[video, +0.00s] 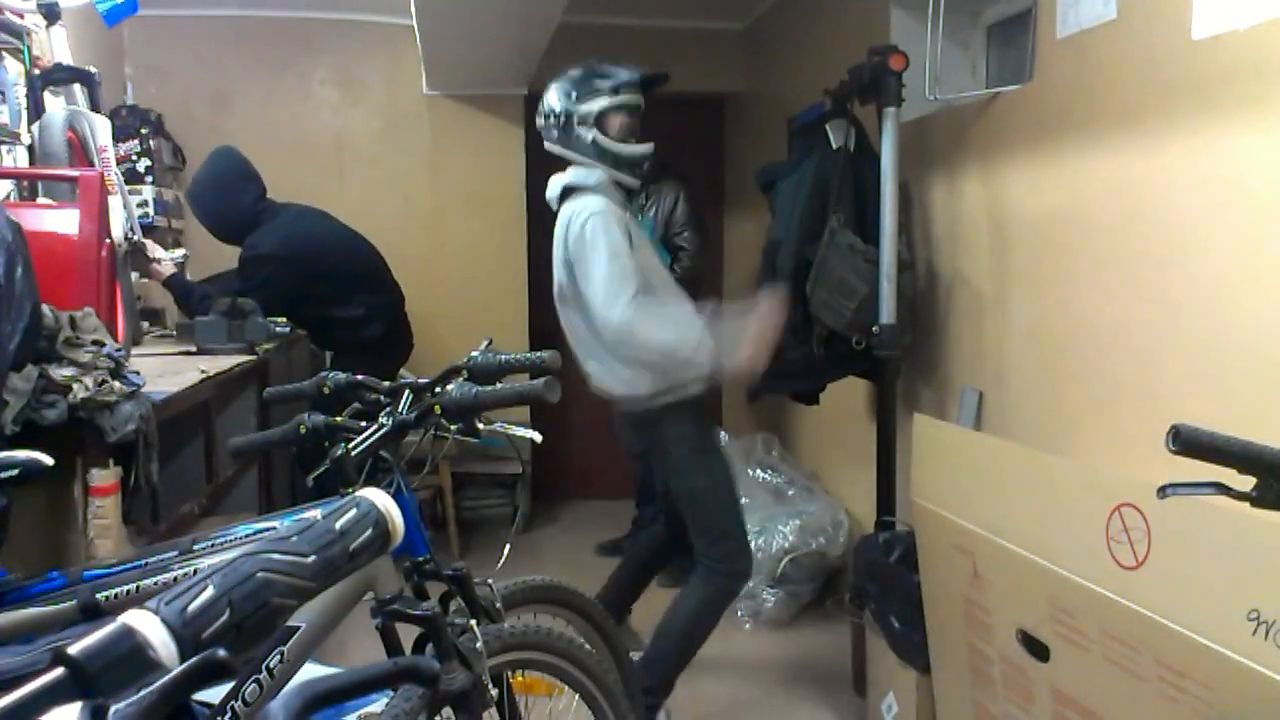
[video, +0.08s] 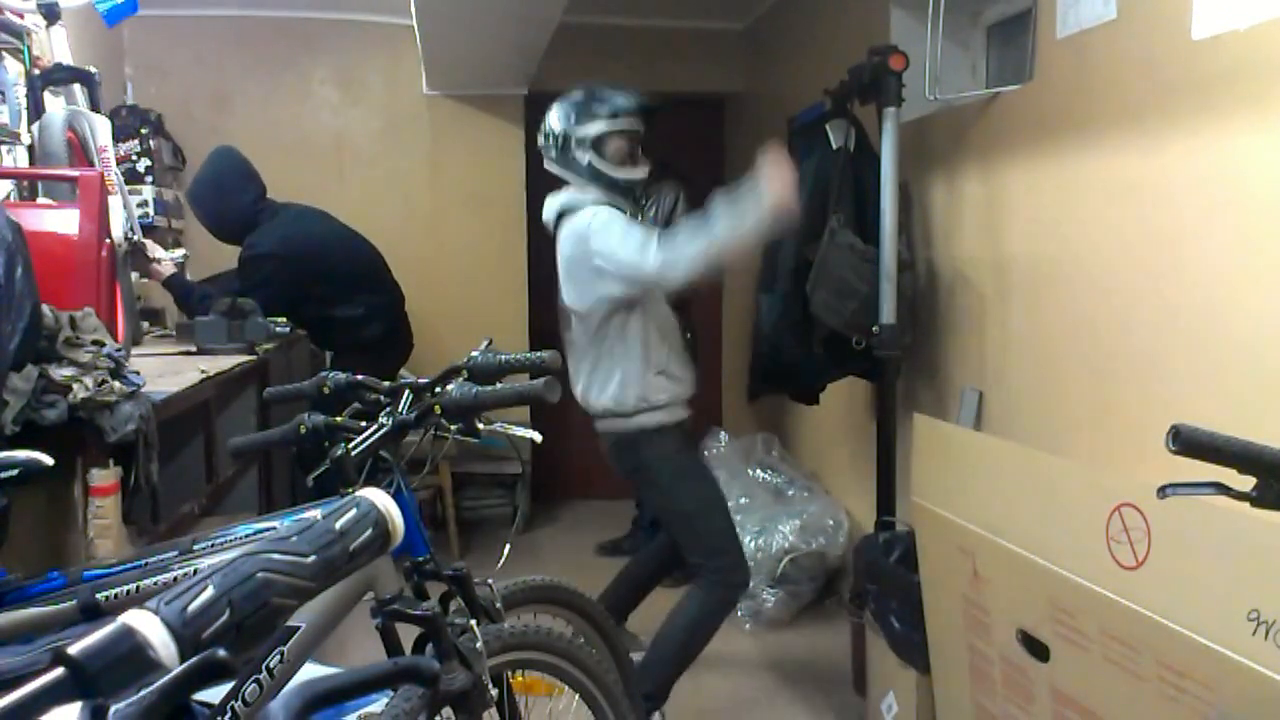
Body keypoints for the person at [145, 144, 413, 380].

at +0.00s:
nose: (209, 225)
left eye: (207, 215)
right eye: (204, 216)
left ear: (222, 210)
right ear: (247, 192)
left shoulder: (266, 253)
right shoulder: (288, 219)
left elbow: (227, 317)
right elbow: (246, 284)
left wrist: (168, 278)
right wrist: (181, 282)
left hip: (369, 350)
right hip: (386, 334)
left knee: (316, 442)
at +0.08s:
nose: (208, 224)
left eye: (206, 215)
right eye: (204, 216)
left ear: (222, 209)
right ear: (247, 192)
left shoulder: (265, 251)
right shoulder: (289, 218)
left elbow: (230, 316)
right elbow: (246, 289)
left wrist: (168, 278)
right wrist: (178, 279)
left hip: (368, 350)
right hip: (386, 334)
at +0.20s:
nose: (207, 225)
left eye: (205, 215)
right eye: (203, 216)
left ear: (222, 209)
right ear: (247, 192)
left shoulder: (265, 251)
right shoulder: (288, 218)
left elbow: (230, 320)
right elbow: (246, 291)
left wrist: (168, 277)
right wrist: (177, 278)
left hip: (367, 351)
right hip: (386, 335)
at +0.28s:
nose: (207, 225)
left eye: (205, 215)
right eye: (202, 217)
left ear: (222, 208)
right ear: (246, 192)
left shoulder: (265, 251)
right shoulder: (287, 219)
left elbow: (229, 319)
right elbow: (244, 287)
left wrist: (168, 278)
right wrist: (178, 279)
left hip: (367, 351)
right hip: (384, 335)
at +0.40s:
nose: (207, 226)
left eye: (205, 216)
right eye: (202, 218)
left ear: (220, 210)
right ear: (245, 192)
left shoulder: (267, 249)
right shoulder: (286, 220)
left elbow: (227, 314)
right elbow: (243, 282)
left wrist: (167, 278)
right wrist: (185, 289)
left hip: (367, 352)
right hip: (384, 335)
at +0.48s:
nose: (207, 226)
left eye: (205, 217)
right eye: (202, 218)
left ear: (220, 210)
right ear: (244, 192)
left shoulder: (267, 249)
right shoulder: (285, 219)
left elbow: (225, 316)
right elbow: (244, 282)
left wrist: (167, 278)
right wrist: (186, 291)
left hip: (366, 353)